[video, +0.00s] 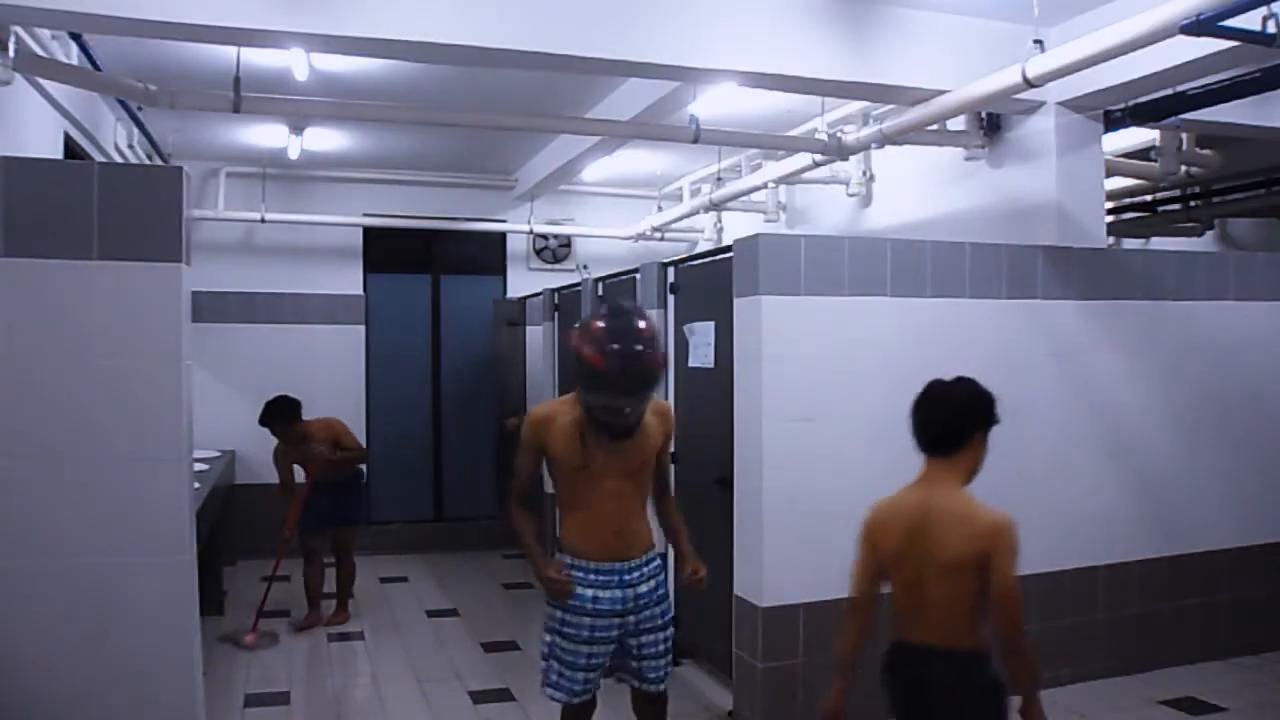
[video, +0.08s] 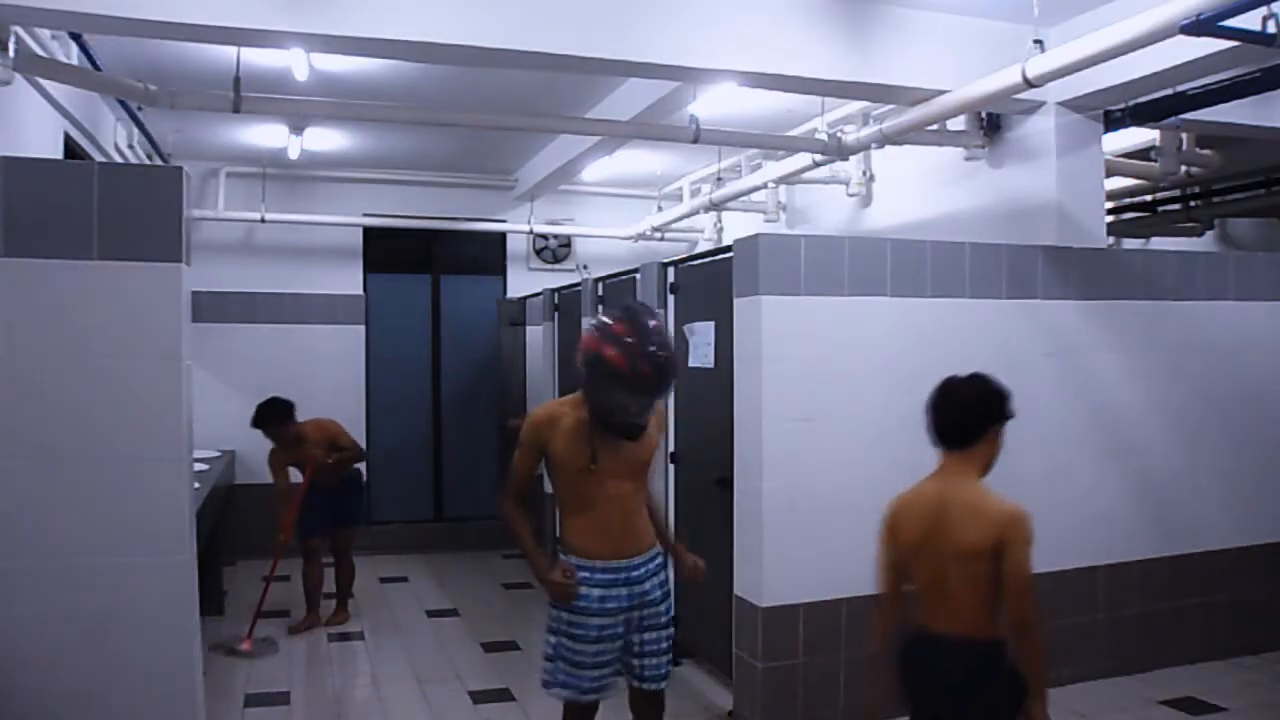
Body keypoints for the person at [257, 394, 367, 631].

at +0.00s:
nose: (275, 437)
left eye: (277, 431)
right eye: (272, 432)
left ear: (292, 423)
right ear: (276, 430)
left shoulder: (331, 428)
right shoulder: (283, 453)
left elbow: (361, 455)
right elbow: (289, 491)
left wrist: (332, 457)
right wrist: (289, 528)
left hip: (347, 486)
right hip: (317, 488)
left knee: (342, 548)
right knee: (311, 549)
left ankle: (341, 609)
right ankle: (313, 611)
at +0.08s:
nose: (271, 439)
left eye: (273, 433)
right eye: (267, 435)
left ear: (288, 424)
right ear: (268, 433)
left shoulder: (324, 429)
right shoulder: (278, 457)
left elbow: (359, 452)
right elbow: (284, 496)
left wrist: (332, 460)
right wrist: (285, 530)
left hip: (346, 485)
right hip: (315, 489)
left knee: (341, 549)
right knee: (311, 550)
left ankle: (341, 608)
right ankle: (312, 614)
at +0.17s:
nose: (264, 442)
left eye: (266, 435)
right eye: (259, 437)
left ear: (280, 425)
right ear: (259, 434)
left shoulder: (317, 431)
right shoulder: (272, 459)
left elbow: (354, 451)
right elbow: (277, 498)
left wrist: (327, 465)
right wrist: (281, 530)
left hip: (343, 485)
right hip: (312, 489)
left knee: (338, 550)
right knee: (308, 551)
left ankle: (341, 609)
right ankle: (311, 614)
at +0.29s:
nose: (250, 444)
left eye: (251, 438)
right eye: (246, 440)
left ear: (264, 429)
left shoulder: (307, 432)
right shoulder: (265, 462)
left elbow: (345, 452)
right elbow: (269, 499)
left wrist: (321, 463)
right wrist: (273, 531)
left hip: (338, 488)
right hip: (307, 492)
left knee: (333, 551)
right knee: (302, 553)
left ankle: (338, 608)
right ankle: (311, 615)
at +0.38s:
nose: (245, 446)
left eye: (245, 439)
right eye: (241, 441)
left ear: (258, 430)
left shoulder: (301, 431)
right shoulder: (261, 463)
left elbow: (340, 452)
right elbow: (267, 500)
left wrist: (313, 461)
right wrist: (271, 530)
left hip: (336, 487)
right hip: (305, 492)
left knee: (331, 550)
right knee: (301, 554)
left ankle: (340, 605)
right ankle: (311, 616)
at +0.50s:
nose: (240, 445)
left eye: (239, 438)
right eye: (235, 440)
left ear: (253, 427)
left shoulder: (296, 430)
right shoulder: (258, 461)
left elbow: (334, 450)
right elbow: (266, 500)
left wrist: (304, 457)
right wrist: (264, 531)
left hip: (335, 487)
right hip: (306, 492)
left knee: (331, 552)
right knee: (302, 554)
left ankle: (345, 609)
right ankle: (312, 616)